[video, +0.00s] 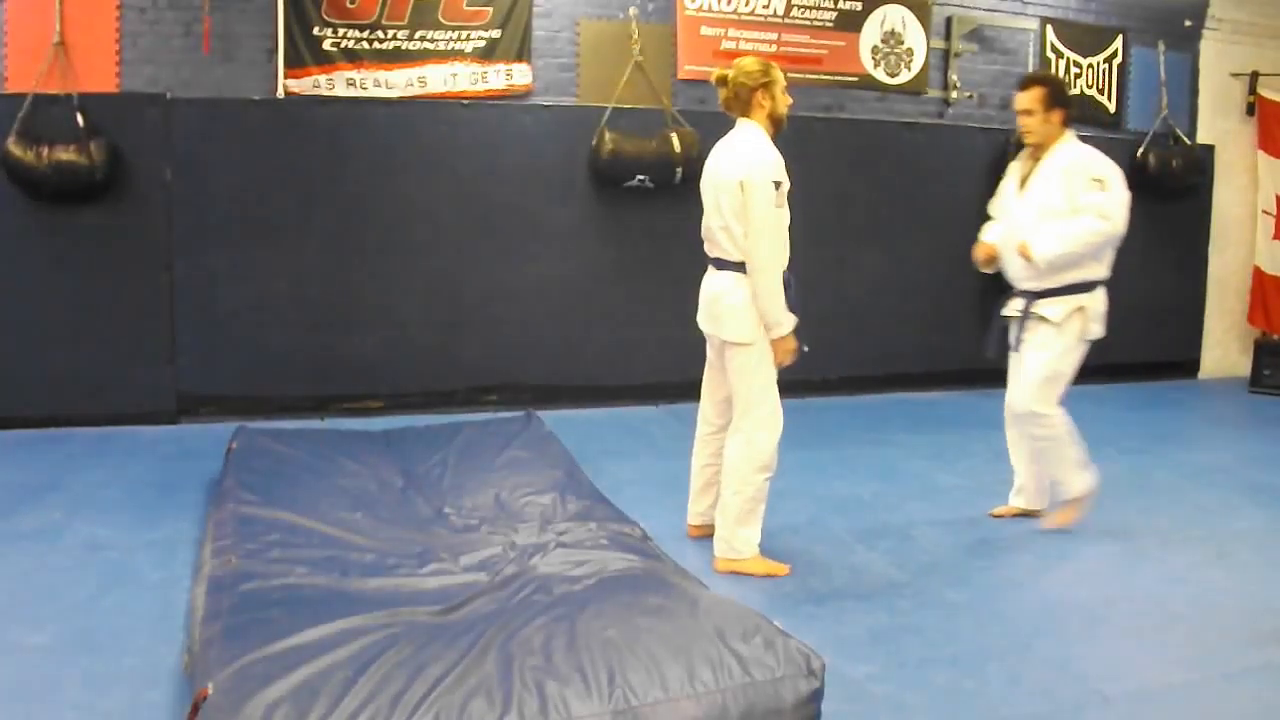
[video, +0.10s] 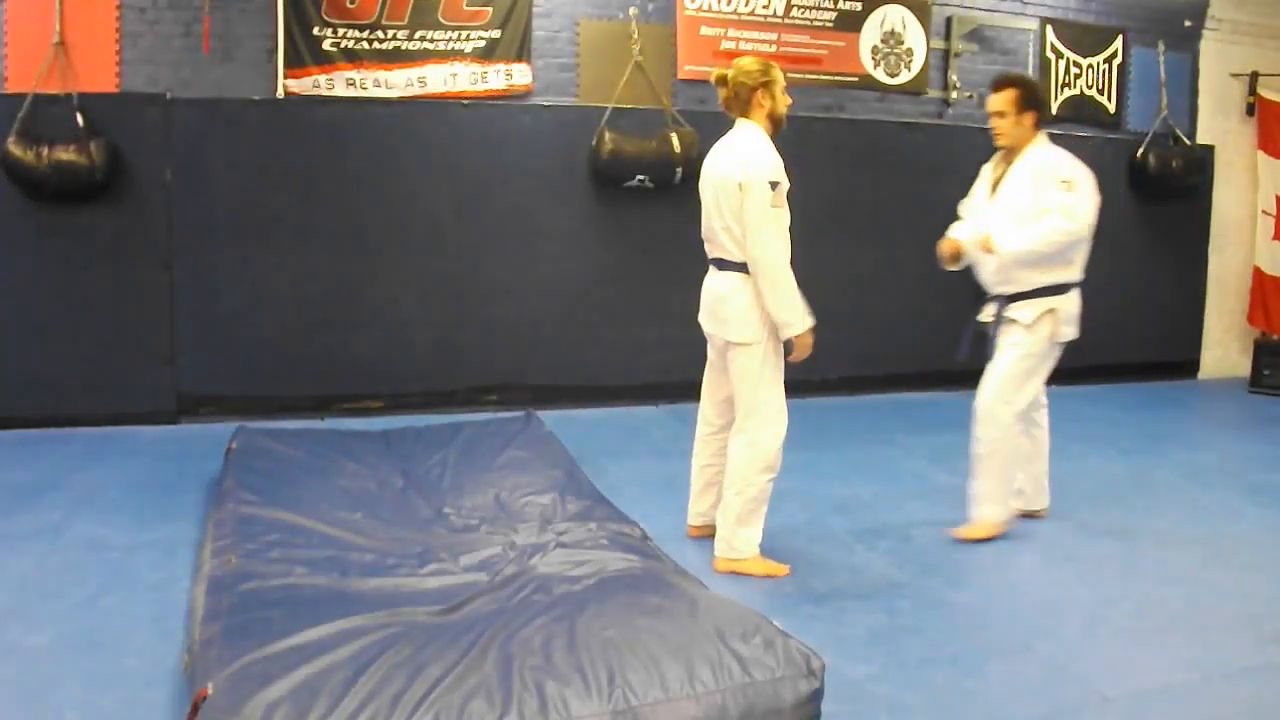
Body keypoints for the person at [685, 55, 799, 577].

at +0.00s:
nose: (789, 100)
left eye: (786, 91)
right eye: (784, 92)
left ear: (745, 99)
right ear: (763, 97)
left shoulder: (724, 150)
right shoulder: (762, 158)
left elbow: (718, 238)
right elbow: (765, 254)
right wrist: (780, 328)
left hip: (716, 286)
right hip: (744, 294)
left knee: (718, 410)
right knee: (760, 421)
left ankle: (703, 515)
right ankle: (737, 549)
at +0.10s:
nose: (788, 102)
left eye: (785, 92)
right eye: (782, 93)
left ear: (740, 98)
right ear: (763, 98)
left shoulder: (721, 151)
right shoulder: (760, 159)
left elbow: (719, 239)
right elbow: (767, 252)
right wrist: (797, 321)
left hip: (718, 286)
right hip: (747, 294)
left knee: (718, 410)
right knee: (763, 424)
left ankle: (703, 514)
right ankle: (737, 547)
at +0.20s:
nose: (786, 103)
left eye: (783, 93)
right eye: (781, 94)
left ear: (738, 99)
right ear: (763, 98)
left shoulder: (718, 152)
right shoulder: (760, 157)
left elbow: (723, 236)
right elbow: (774, 242)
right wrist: (849, 269)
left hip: (717, 288)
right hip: (749, 295)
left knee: (719, 410)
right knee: (763, 421)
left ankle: (703, 515)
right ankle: (736, 548)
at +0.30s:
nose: (787, 104)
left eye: (785, 96)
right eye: (783, 96)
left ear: (740, 101)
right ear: (764, 100)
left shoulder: (720, 151)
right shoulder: (765, 159)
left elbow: (747, 213)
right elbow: (814, 223)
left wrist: (797, 186)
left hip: (710, 290)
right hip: (747, 299)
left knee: (717, 413)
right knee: (764, 424)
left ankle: (703, 516)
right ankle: (738, 549)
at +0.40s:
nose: (788, 111)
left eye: (787, 102)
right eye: (785, 102)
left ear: (747, 105)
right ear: (763, 104)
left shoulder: (726, 152)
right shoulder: (759, 156)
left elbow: (749, 227)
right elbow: (822, 212)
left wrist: (795, 241)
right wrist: (851, 186)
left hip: (711, 294)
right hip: (738, 302)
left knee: (740, 413)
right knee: (763, 426)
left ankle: (711, 511)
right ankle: (737, 551)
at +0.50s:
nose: (791, 114)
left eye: (789, 104)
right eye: (786, 104)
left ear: (754, 105)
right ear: (761, 105)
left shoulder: (739, 152)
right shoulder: (744, 158)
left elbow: (757, 239)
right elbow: (786, 231)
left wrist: (792, 271)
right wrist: (840, 211)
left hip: (732, 297)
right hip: (727, 303)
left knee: (766, 413)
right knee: (760, 420)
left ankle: (732, 519)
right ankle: (737, 551)